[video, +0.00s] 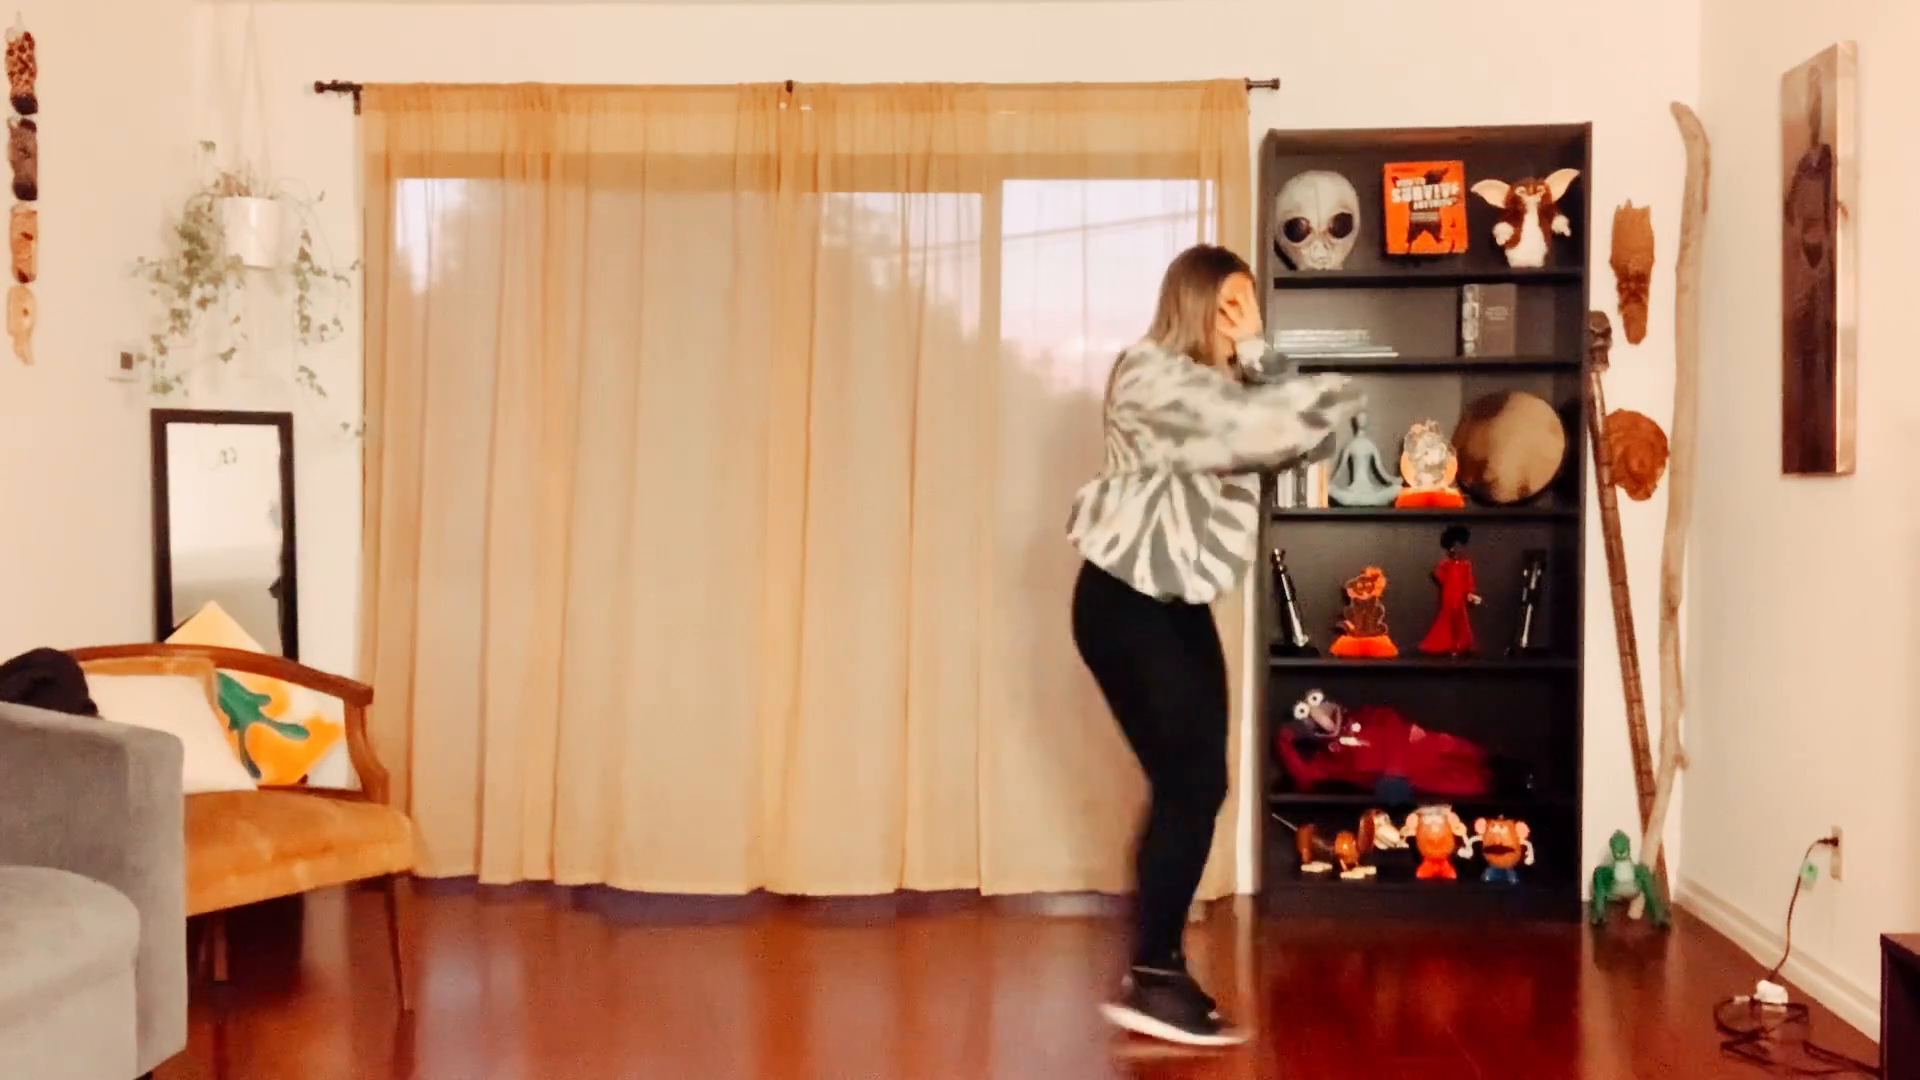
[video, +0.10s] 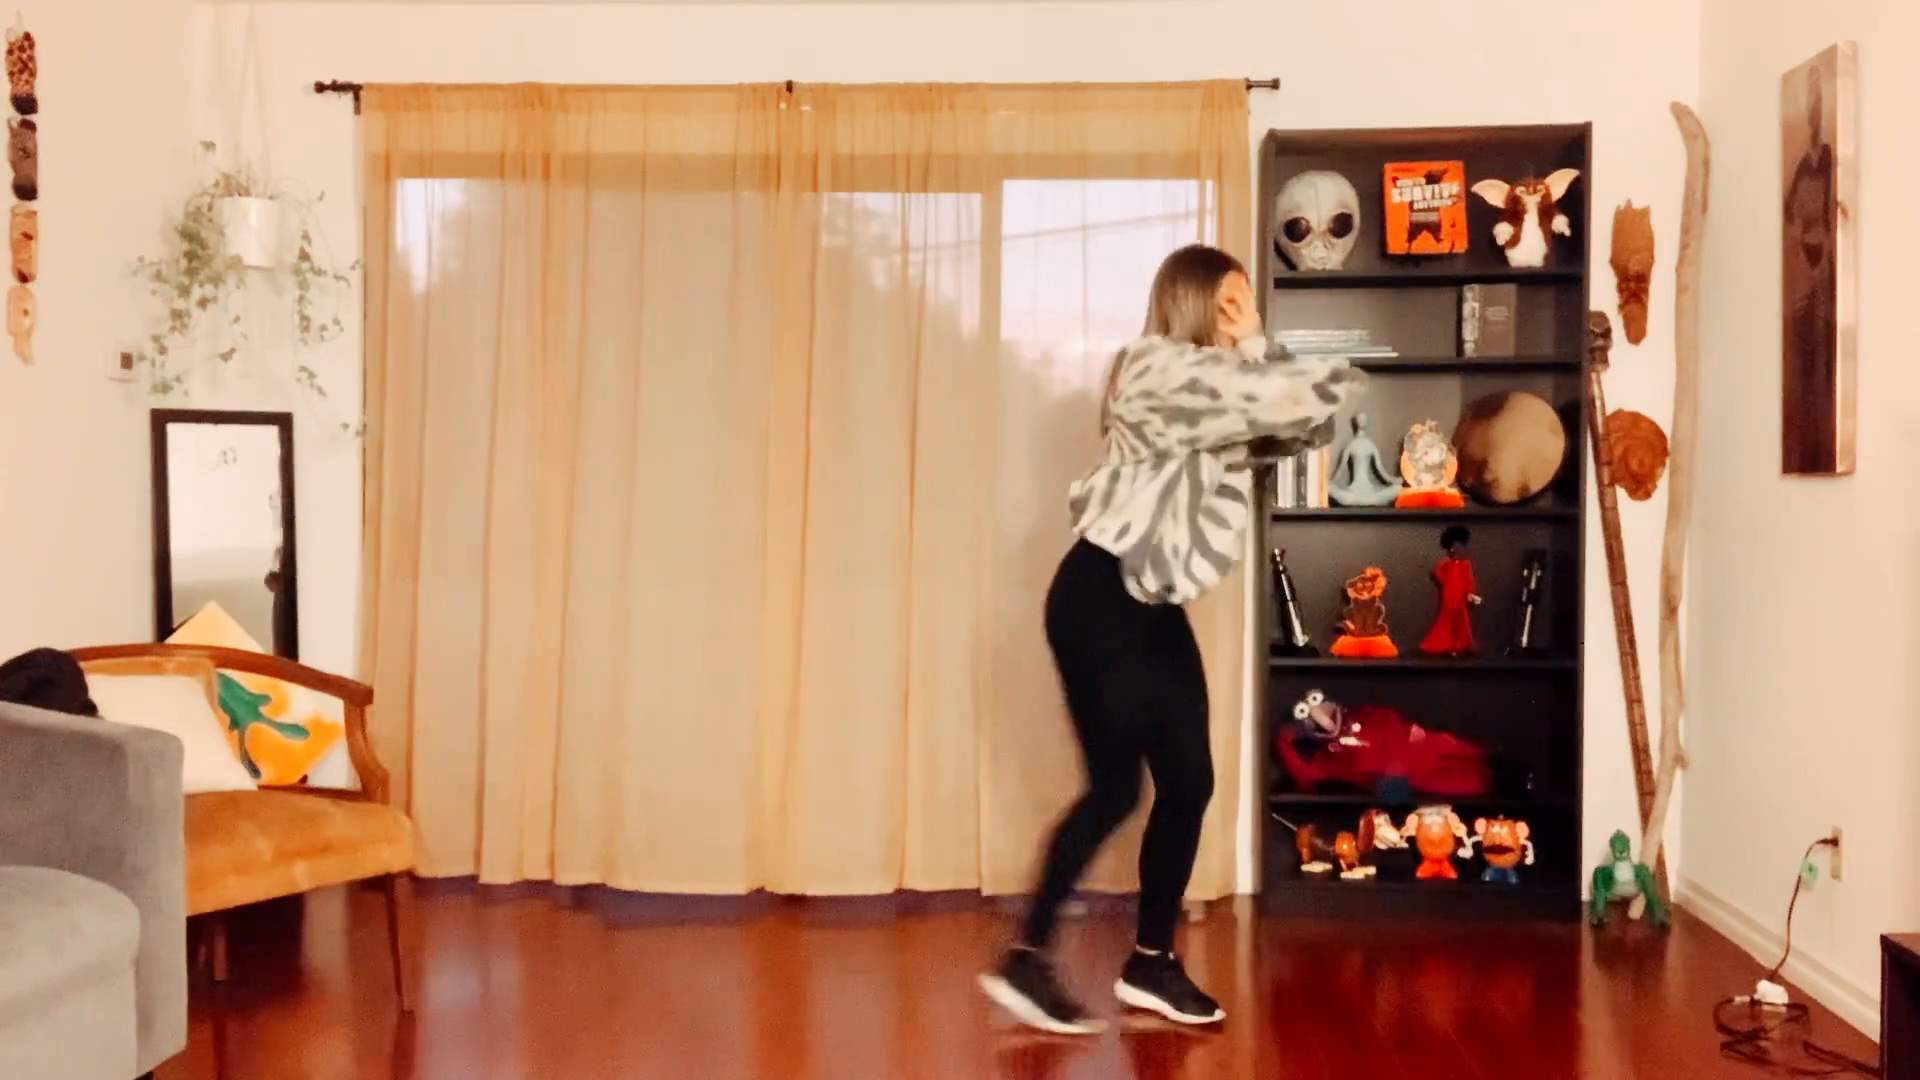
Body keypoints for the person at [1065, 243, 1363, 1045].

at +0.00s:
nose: (1248, 324)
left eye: (1251, 308)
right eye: (1238, 306)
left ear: (1215, 308)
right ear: (1202, 304)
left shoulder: (1207, 379)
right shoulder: (1151, 374)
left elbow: (1271, 425)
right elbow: (1252, 430)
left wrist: (1258, 363)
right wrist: (1337, 398)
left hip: (1177, 601)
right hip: (1126, 601)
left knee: (1201, 780)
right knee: (1189, 781)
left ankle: (1159, 968)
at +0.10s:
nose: (1252, 316)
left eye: (1250, 302)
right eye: (1241, 300)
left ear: (1189, 303)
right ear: (1206, 302)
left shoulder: (1206, 378)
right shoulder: (1159, 367)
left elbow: (1281, 429)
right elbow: (1285, 405)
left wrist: (1257, 350)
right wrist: (1339, 376)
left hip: (1156, 603)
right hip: (1097, 595)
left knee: (1187, 784)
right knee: (1115, 788)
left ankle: (1151, 960)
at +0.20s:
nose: (1238, 342)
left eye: (1237, 328)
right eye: (1226, 328)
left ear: (1206, 328)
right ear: (1185, 329)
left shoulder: (1208, 397)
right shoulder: (1149, 392)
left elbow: (1287, 413)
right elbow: (1245, 431)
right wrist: (1323, 414)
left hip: (1134, 626)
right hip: (1070, 610)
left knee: (1196, 790)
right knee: (1040, 801)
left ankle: (1147, 968)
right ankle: (924, 946)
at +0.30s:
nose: (1222, 388)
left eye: (1219, 373)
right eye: (1209, 374)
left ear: (1177, 382)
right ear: (1169, 379)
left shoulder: (1191, 448)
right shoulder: (1134, 439)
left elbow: (1249, 491)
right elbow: (1234, 501)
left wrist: (1239, 424)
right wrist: (1302, 462)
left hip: (1116, 664)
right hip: (1048, 642)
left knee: (1217, 802)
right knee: (960, 820)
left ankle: (1150, 969)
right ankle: (839, 965)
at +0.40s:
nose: (1203, 444)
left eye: (1207, 431)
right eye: (1191, 428)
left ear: (1199, 440)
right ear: (1151, 432)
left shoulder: (1189, 511)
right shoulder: (1104, 477)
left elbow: (1225, 587)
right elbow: (1205, 540)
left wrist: (1235, 516)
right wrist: (1242, 497)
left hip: (1097, 701)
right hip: (1009, 679)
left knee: (1220, 805)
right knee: (891, 833)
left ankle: (1151, 969)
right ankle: (823, 966)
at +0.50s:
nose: (1170, 493)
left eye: (1186, 489)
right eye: (1160, 479)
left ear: (1197, 513)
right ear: (1130, 481)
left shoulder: (1169, 573)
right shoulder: (1066, 498)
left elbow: (1147, 608)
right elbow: (1099, 533)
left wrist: (1160, 525)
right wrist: (1174, 537)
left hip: (1067, 725)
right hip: (965, 710)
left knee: (1205, 802)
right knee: (835, 840)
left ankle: (1150, 970)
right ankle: (823, 967)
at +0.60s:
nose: (1140, 526)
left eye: (1155, 525)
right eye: (1136, 507)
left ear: (1151, 551)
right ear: (1104, 500)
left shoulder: (1111, 593)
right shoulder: (1015, 524)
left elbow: (1075, 594)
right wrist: (1101, 515)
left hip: (1031, 729)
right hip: (930, 718)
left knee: (1176, 806)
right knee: (802, 835)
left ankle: (1150, 970)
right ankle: (820, 966)